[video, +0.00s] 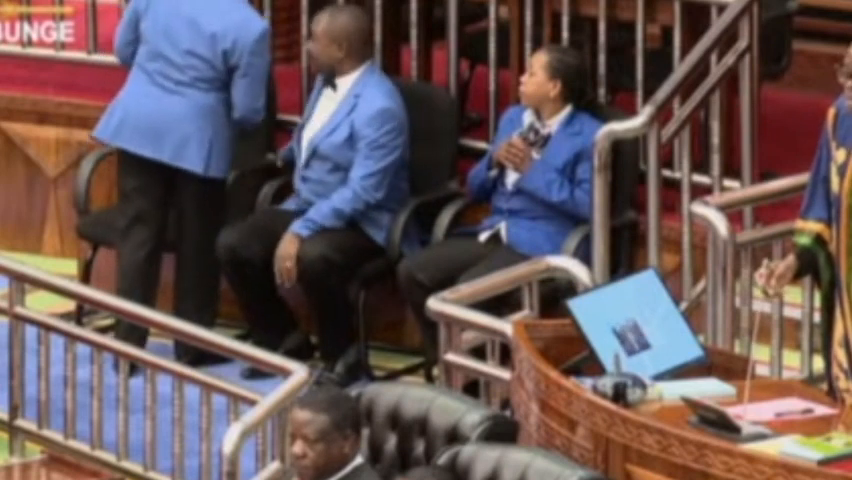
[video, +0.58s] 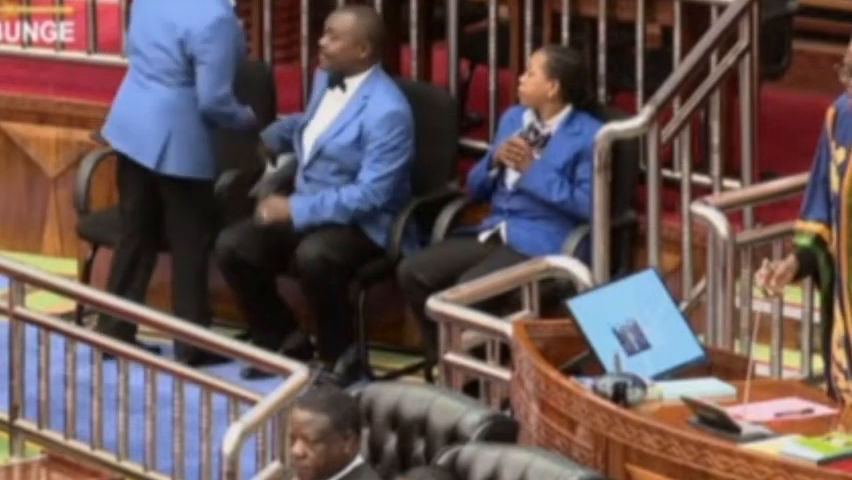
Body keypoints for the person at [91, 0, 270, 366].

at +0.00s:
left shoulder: (152, 3)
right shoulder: (250, 26)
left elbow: (124, 50)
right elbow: (246, 109)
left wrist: (159, 69)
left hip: (138, 129)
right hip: (199, 141)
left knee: (137, 237)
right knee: (197, 246)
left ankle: (128, 349)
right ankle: (191, 349)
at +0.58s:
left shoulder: (146, 4)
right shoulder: (215, 17)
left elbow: (133, 50)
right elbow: (212, 100)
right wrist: (247, 118)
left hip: (131, 126)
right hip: (180, 139)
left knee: (136, 235)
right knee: (191, 244)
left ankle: (114, 333)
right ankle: (190, 344)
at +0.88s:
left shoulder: (176, 10)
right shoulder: (143, 9)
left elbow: (185, 74)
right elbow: (125, 83)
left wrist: (204, 101)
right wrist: (186, 119)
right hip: (142, 149)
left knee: (123, 247)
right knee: (167, 250)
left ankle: (111, 334)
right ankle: (189, 343)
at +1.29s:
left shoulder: (177, 8)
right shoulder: (105, 9)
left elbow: (177, 62)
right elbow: (78, 79)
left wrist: (186, 103)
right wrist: (139, 125)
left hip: (149, 144)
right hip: (109, 145)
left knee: (122, 240)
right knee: (133, 240)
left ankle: (107, 331)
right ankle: (146, 334)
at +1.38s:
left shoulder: (176, 7)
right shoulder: (103, 9)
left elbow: (177, 60)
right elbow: (75, 80)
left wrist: (187, 106)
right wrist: (133, 126)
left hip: (148, 146)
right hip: (106, 147)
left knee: (128, 241)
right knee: (125, 243)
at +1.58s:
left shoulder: (180, 7)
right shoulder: (101, 12)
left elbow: (181, 64)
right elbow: (71, 83)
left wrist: (192, 119)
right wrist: (123, 133)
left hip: (151, 147)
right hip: (106, 149)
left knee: (123, 243)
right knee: (125, 245)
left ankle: (107, 332)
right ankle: (143, 336)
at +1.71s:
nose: (167, 3)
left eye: (171, 3)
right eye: (161, 4)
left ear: (172, 0)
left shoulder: (183, 9)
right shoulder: (101, 14)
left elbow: (185, 68)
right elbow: (73, 85)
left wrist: (195, 124)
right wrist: (124, 136)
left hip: (153, 148)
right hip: (107, 150)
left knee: (124, 242)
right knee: (126, 244)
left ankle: (108, 328)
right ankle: (143, 334)